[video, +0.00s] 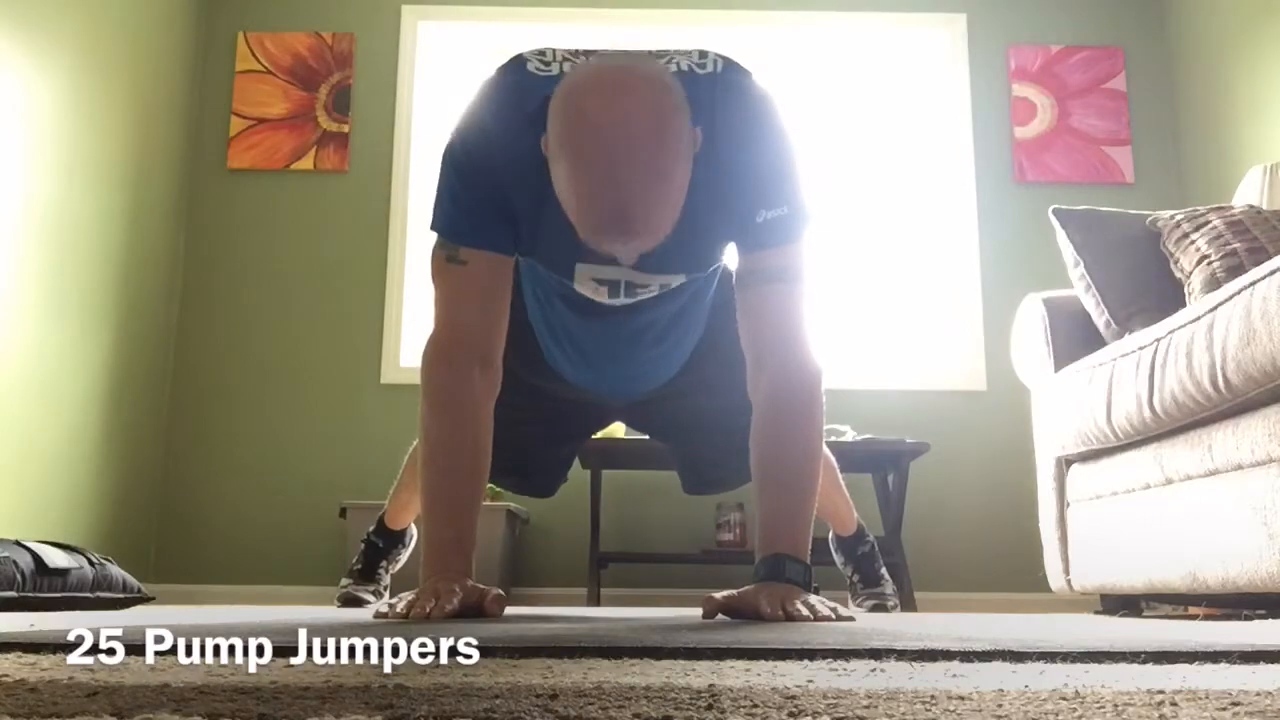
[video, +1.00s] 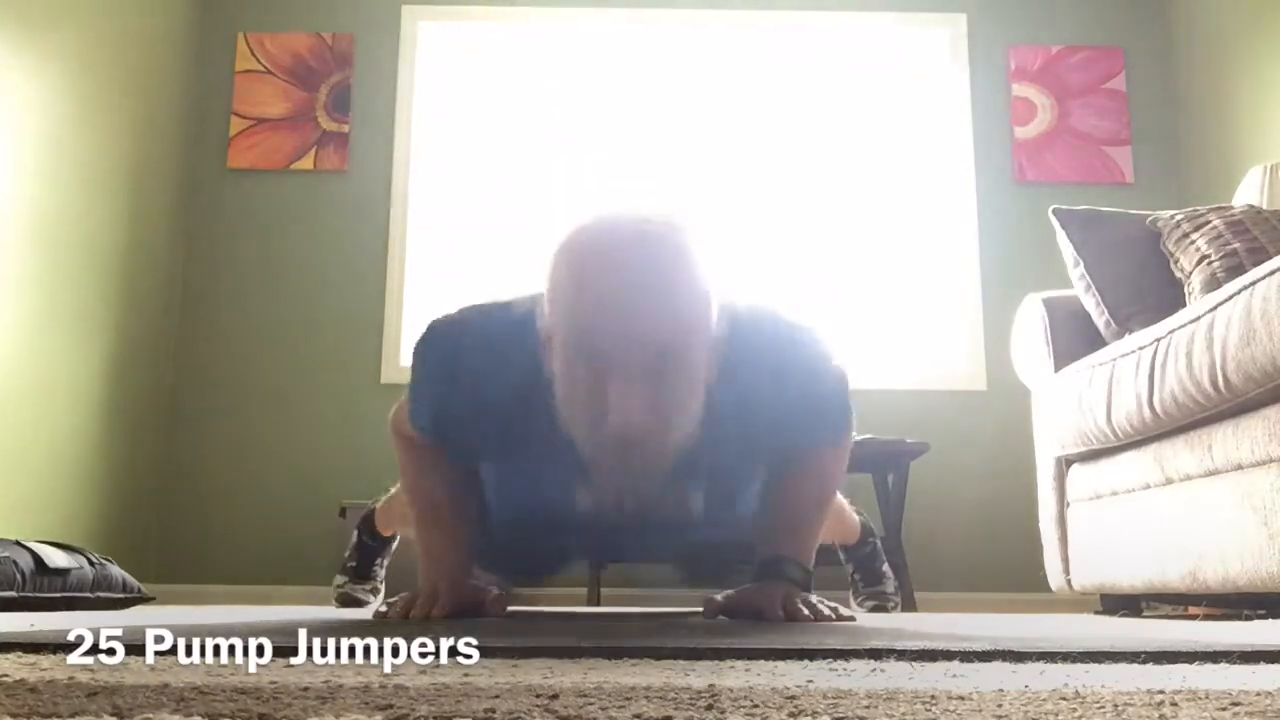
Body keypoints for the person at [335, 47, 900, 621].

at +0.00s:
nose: (623, 270)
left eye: (649, 251)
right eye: (598, 250)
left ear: (694, 144)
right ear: (549, 157)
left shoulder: (743, 121)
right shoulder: (493, 133)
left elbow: (784, 369)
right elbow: (461, 360)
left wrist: (780, 573)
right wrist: (447, 577)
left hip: (693, 317)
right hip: (538, 315)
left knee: (787, 436)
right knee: (457, 422)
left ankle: (857, 544)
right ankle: (386, 536)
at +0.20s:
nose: (620, 211)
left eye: (649, 189)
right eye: (593, 188)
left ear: (693, 104)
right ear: (550, 106)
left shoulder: (745, 119)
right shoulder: (493, 125)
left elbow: (782, 365)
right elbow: (460, 357)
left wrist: (784, 576)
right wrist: (444, 580)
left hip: (690, 325)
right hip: (540, 322)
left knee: (788, 444)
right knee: (453, 438)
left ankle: (859, 552)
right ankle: (385, 549)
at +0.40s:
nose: (621, 194)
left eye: (652, 163)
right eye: (589, 164)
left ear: (693, 93)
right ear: (549, 95)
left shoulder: (745, 116)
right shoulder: (492, 125)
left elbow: (783, 365)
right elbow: (459, 358)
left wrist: (784, 576)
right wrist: (445, 579)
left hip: (692, 324)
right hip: (541, 321)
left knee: (789, 447)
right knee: (451, 442)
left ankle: (858, 551)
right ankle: (384, 548)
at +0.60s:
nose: (620, 188)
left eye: (654, 153)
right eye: (588, 149)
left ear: (695, 95)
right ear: (550, 92)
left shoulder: (748, 131)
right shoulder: (492, 137)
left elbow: (785, 368)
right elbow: (457, 365)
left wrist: (783, 576)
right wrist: (445, 581)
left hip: (691, 335)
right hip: (539, 332)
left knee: (792, 450)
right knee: (447, 447)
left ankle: (859, 551)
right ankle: (382, 551)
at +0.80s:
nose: (623, 235)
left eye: (657, 199)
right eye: (591, 198)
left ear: (700, 179)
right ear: (554, 179)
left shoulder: (761, 233)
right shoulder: (479, 234)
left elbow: (797, 402)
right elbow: (440, 408)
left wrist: (779, 573)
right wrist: (447, 582)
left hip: (704, 420)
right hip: (532, 419)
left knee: (801, 469)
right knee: (435, 462)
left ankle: (859, 540)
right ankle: (380, 532)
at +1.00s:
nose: (627, 410)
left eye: (659, 369)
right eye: (596, 369)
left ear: (713, 344)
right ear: (547, 342)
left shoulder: (789, 369)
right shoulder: (462, 360)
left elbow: (825, 427)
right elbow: (418, 432)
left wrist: (781, 572)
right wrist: (448, 578)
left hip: (714, 530)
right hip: (525, 529)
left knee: (830, 521)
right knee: (417, 516)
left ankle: (860, 544)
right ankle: (369, 534)